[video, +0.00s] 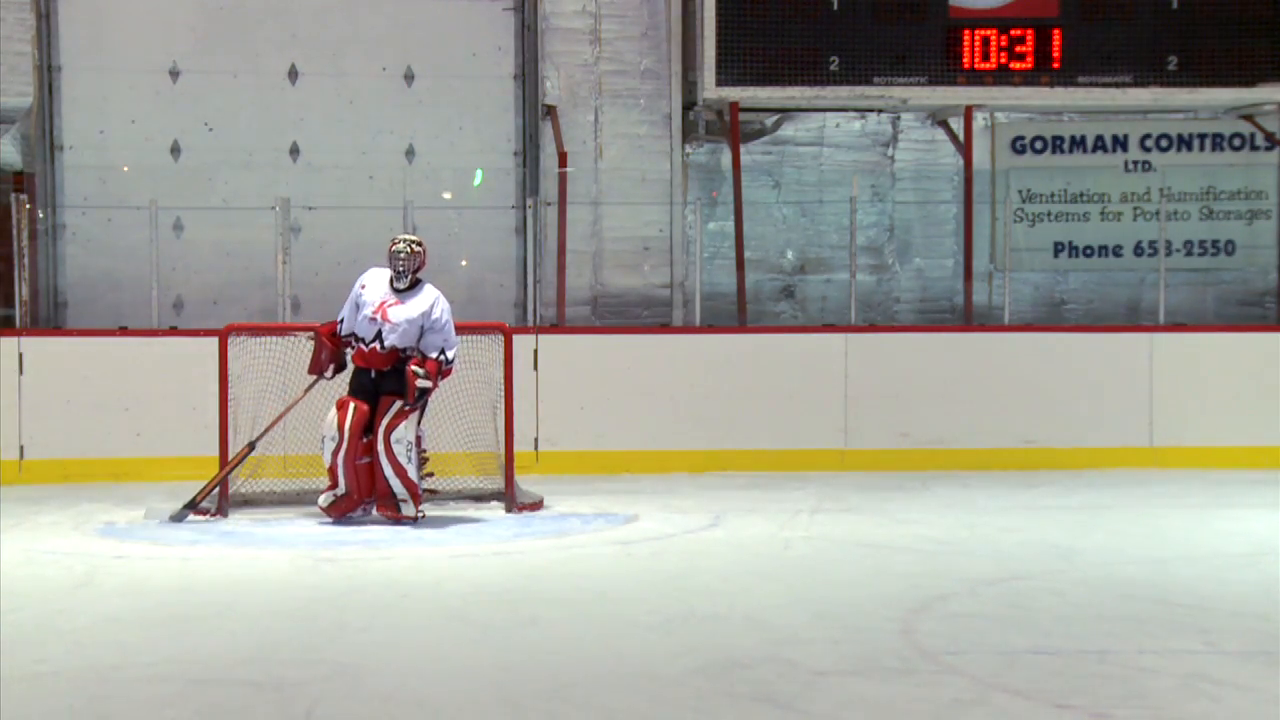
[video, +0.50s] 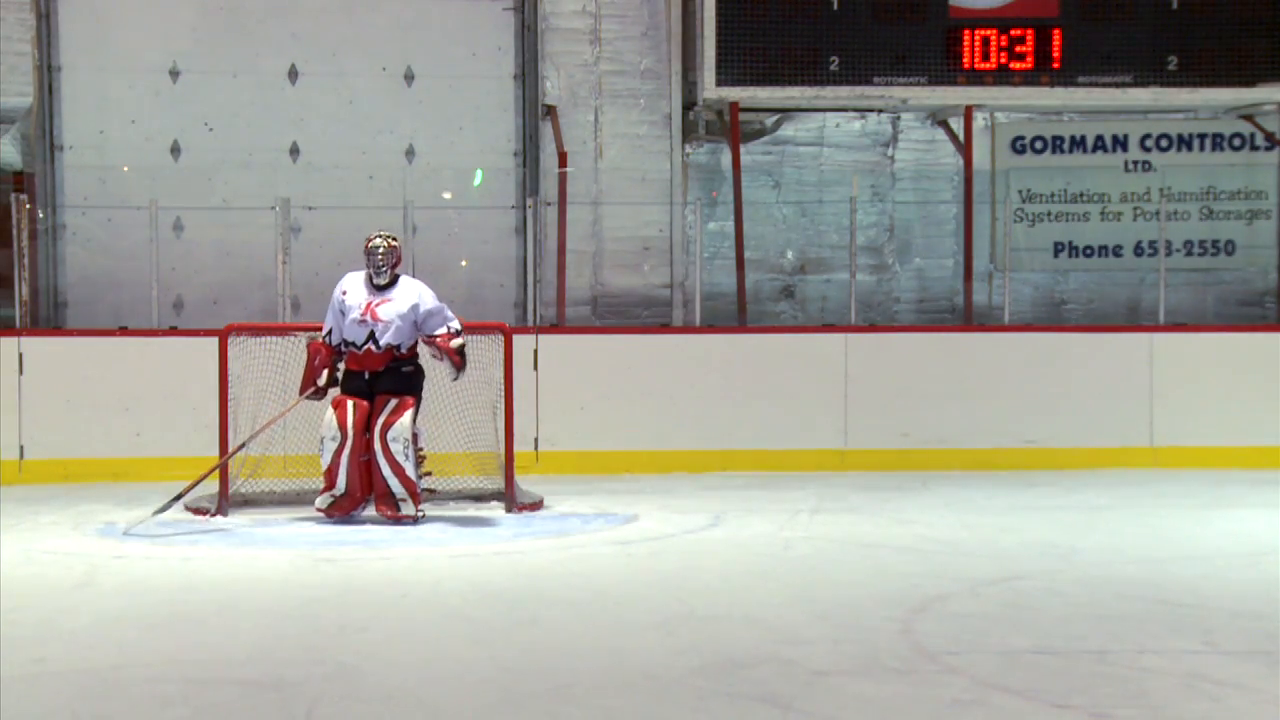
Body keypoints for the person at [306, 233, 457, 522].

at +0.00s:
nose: (402, 264)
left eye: (409, 259)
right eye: (398, 258)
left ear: (419, 263)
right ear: (390, 260)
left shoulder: (433, 302)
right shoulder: (370, 280)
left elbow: (445, 353)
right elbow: (346, 325)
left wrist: (427, 374)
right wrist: (333, 353)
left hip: (400, 381)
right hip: (363, 376)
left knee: (390, 438)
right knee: (347, 431)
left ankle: (398, 504)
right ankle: (351, 498)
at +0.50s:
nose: (380, 262)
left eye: (386, 256)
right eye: (374, 256)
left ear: (397, 259)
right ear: (366, 259)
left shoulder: (416, 293)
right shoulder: (348, 286)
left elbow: (446, 326)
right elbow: (332, 336)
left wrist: (452, 346)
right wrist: (323, 373)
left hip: (398, 379)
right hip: (356, 378)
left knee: (390, 434)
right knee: (341, 431)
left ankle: (399, 504)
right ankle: (342, 501)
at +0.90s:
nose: (359, 266)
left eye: (364, 260)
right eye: (353, 260)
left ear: (373, 260)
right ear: (343, 263)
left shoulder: (394, 287)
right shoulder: (325, 292)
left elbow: (428, 305)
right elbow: (309, 339)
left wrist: (459, 302)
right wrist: (310, 374)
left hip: (382, 376)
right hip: (340, 378)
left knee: (391, 434)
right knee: (335, 436)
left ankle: (399, 501)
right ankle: (337, 501)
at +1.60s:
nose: (343, 261)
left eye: (347, 255)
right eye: (336, 256)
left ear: (356, 256)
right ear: (326, 259)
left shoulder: (376, 285)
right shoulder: (313, 287)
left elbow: (407, 308)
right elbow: (292, 319)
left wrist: (441, 306)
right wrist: (304, 332)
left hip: (367, 371)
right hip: (326, 374)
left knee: (384, 426)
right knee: (331, 429)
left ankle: (384, 496)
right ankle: (335, 498)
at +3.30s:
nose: (347, 263)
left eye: (352, 257)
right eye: (341, 257)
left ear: (361, 259)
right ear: (331, 260)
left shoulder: (379, 286)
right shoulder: (313, 288)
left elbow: (411, 309)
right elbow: (288, 318)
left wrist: (445, 308)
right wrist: (264, 319)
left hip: (368, 373)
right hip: (326, 375)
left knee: (385, 431)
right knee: (330, 435)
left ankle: (386, 500)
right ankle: (333, 502)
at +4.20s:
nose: (337, 264)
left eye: (342, 258)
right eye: (331, 258)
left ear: (352, 260)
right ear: (322, 260)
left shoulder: (370, 286)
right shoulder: (304, 287)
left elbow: (400, 315)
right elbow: (271, 309)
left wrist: (417, 339)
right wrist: (236, 314)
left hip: (365, 373)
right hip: (322, 376)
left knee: (376, 432)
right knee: (326, 435)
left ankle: (391, 500)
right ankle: (334, 501)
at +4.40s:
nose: (334, 262)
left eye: (339, 256)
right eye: (328, 257)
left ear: (347, 259)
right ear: (318, 259)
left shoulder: (368, 287)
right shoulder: (303, 288)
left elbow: (395, 327)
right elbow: (272, 308)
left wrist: (382, 356)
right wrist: (235, 308)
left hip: (361, 374)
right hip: (321, 375)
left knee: (370, 433)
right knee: (327, 435)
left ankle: (390, 499)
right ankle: (335, 499)